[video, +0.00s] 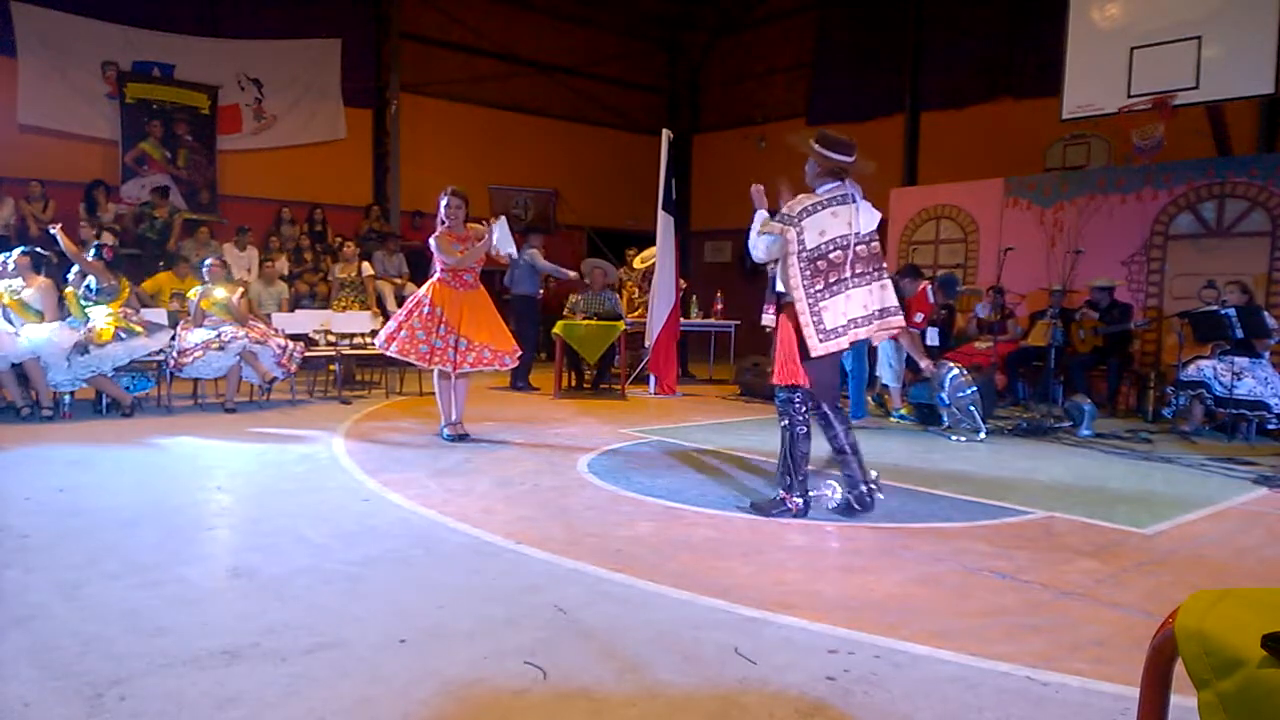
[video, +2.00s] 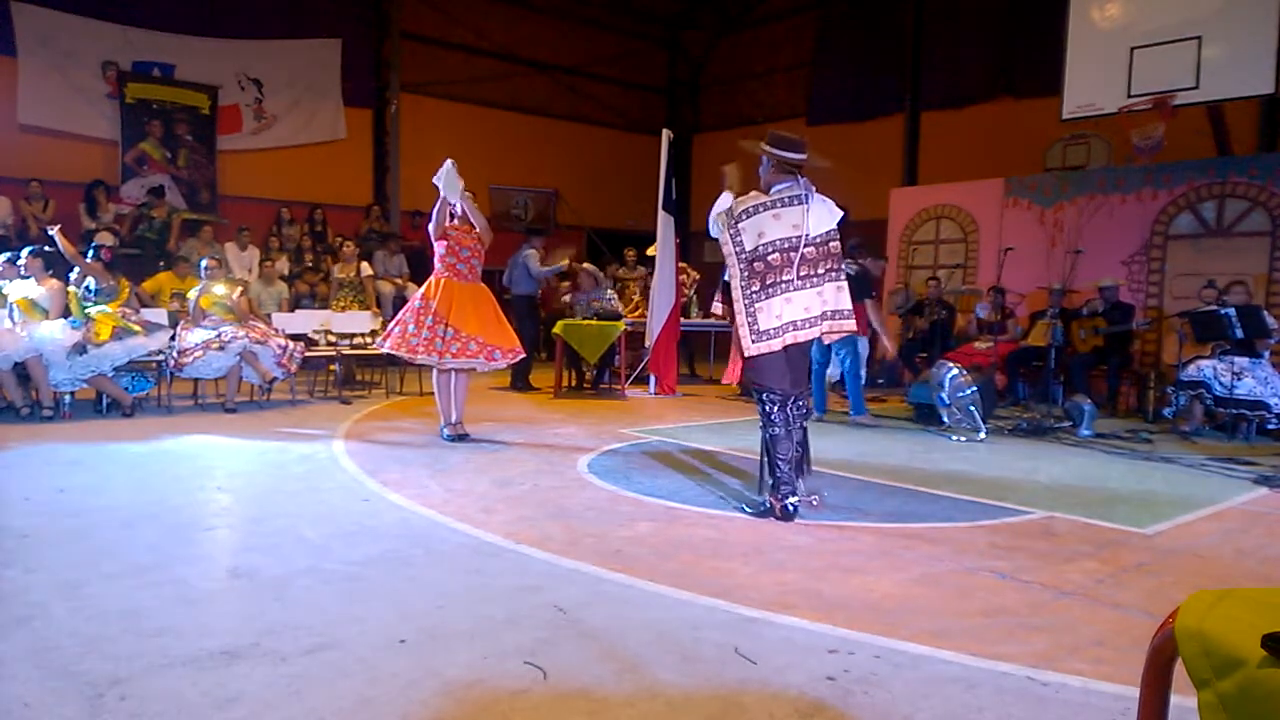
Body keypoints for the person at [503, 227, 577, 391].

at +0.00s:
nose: (541, 243)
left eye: (541, 239)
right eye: (539, 239)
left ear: (526, 240)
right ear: (533, 239)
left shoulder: (517, 257)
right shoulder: (532, 253)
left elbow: (507, 281)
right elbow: (543, 266)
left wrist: (530, 288)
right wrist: (567, 274)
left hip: (517, 298)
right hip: (528, 299)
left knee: (522, 338)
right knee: (530, 338)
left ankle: (517, 376)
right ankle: (522, 378)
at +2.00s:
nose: (543, 244)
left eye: (543, 240)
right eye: (542, 240)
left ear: (528, 239)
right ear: (535, 240)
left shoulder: (516, 256)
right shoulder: (530, 253)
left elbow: (506, 280)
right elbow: (537, 272)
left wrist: (522, 285)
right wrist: (562, 266)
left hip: (516, 298)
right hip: (528, 299)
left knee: (523, 338)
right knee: (530, 338)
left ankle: (518, 376)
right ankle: (522, 378)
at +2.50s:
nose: (545, 246)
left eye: (545, 242)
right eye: (543, 242)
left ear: (530, 241)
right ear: (536, 241)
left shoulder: (516, 255)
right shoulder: (533, 255)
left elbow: (505, 277)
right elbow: (535, 275)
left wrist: (520, 287)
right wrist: (559, 288)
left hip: (516, 298)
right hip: (528, 298)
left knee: (521, 338)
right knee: (528, 339)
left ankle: (517, 376)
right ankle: (522, 377)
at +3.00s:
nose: (564, 260)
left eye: (565, 257)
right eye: (564, 256)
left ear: (553, 251)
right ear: (556, 253)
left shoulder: (532, 259)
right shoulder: (546, 260)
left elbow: (517, 274)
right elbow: (533, 275)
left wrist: (530, 289)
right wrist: (547, 297)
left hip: (519, 297)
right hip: (528, 298)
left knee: (529, 340)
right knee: (531, 341)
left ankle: (535, 376)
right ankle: (524, 378)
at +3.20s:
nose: (573, 262)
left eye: (574, 258)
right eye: (572, 258)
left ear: (565, 257)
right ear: (565, 256)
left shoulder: (554, 267)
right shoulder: (552, 261)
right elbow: (536, 273)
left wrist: (549, 296)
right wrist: (549, 294)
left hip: (535, 299)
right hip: (527, 298)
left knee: (538, 339)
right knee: (531, 339)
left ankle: (537, 377)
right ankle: (523, 379)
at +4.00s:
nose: (572, 260)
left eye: (574, 256)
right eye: (571, 255)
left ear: (567, 255)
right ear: (564, 252)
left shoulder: (558, 268)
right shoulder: (549, 259)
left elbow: (551, 285)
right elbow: (532, 272)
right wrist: (543, 294)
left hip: (538, 301)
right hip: (528, 300)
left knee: (541, 340)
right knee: (529, 338)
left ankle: (537, 376)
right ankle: (517, 376)